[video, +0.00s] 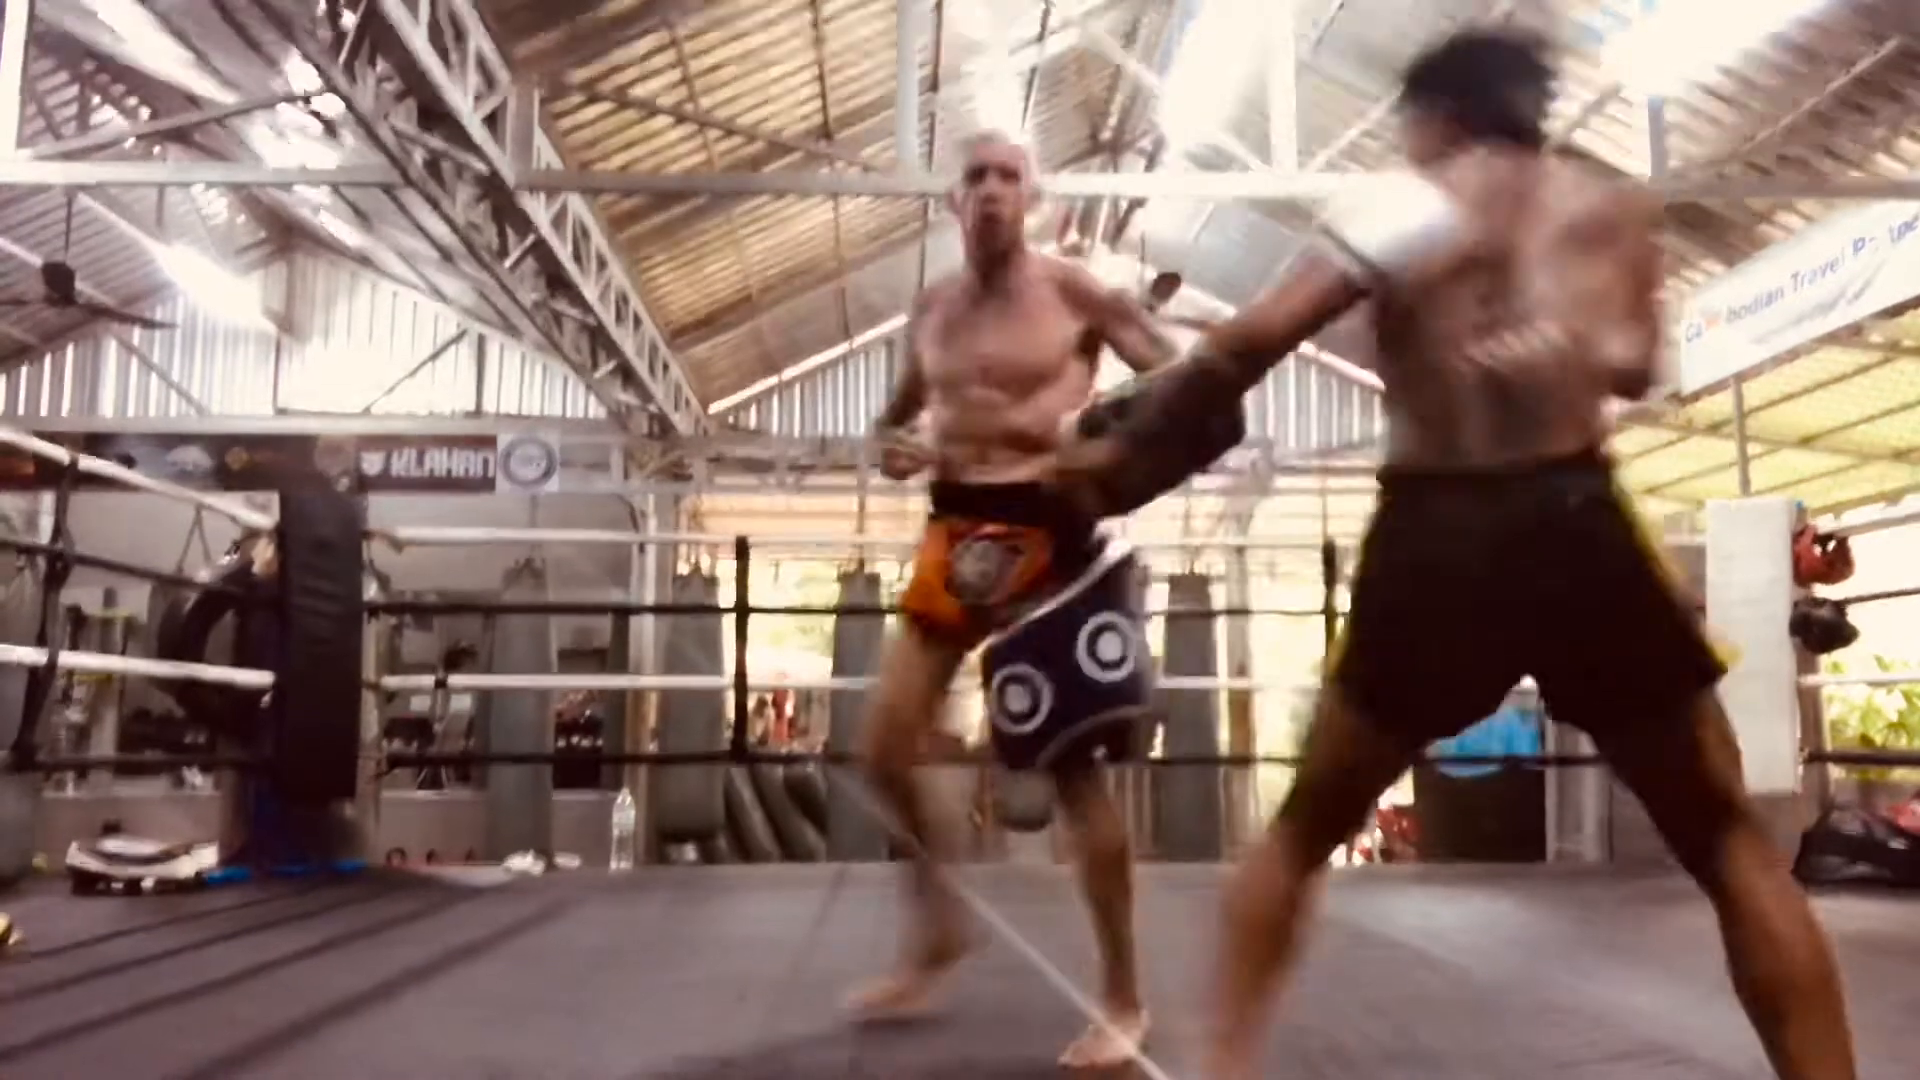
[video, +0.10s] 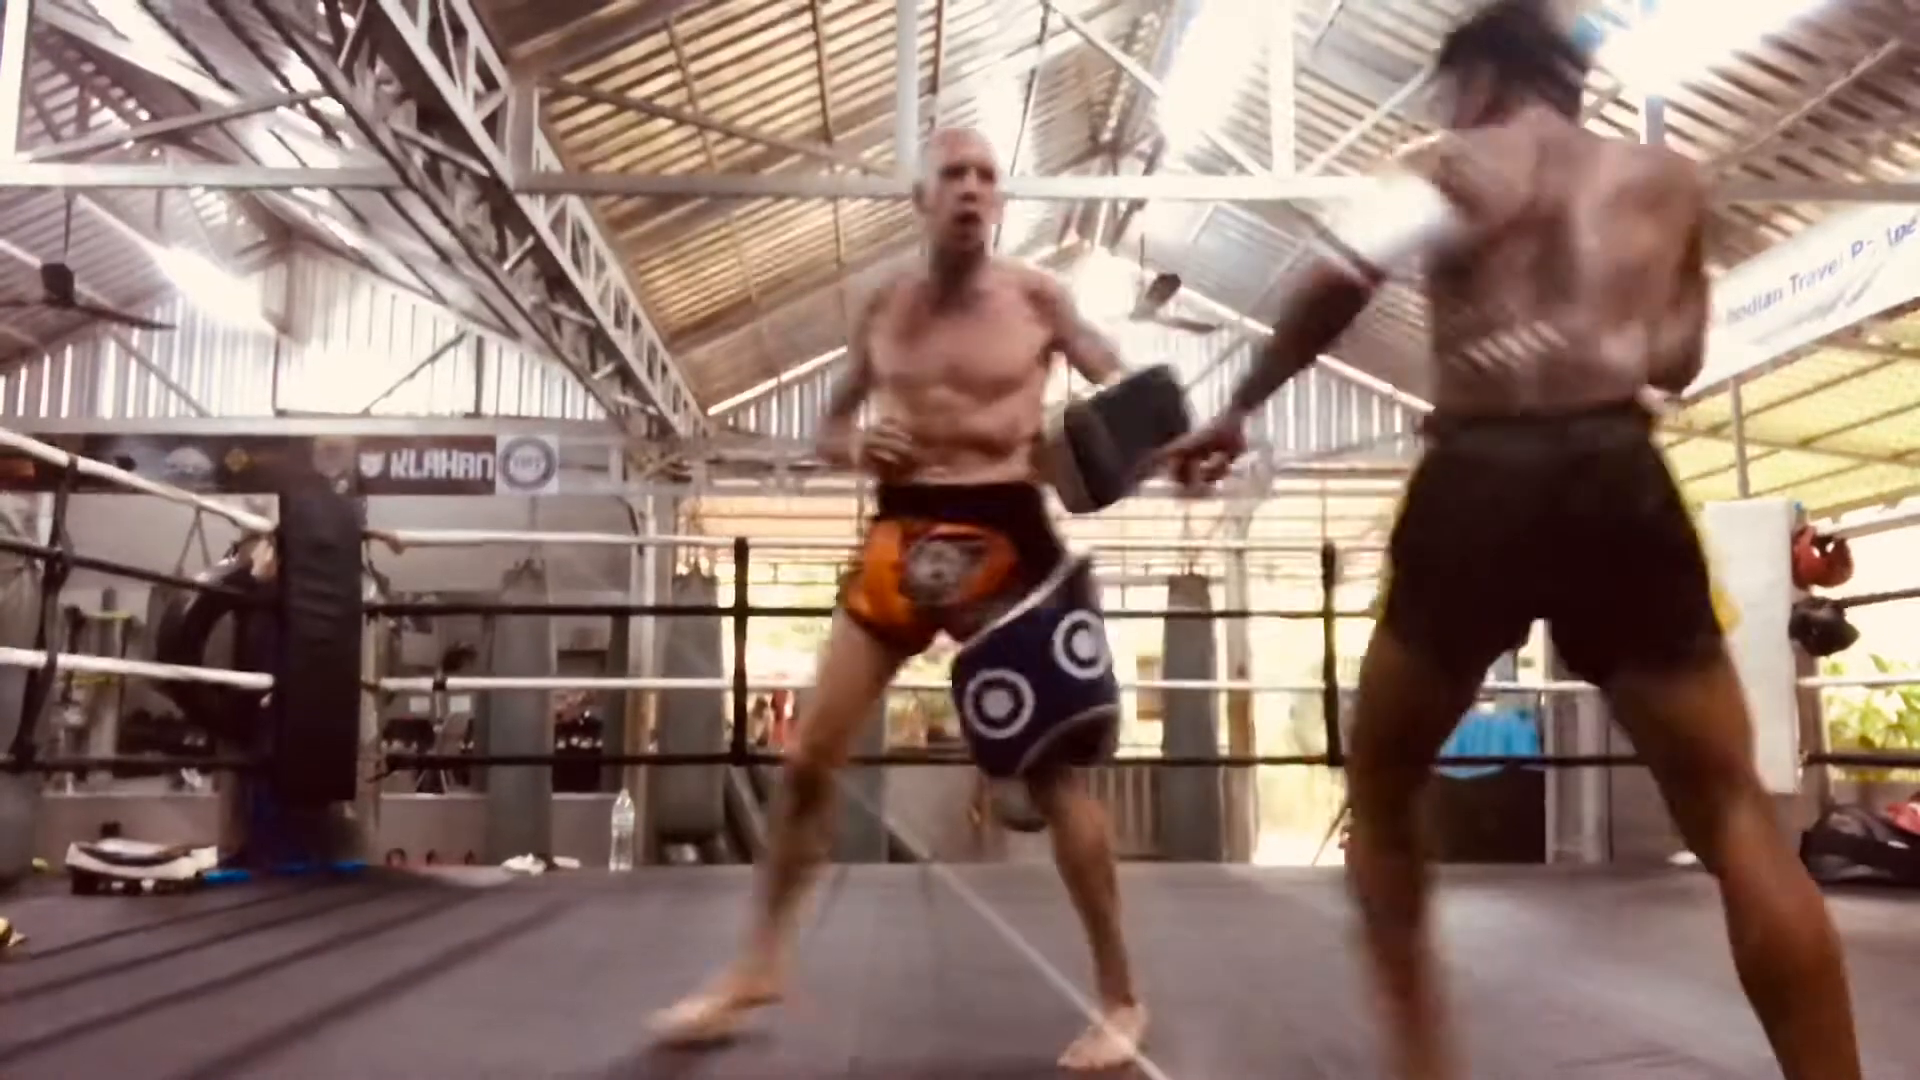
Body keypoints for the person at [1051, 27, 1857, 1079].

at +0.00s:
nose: (1416, 160)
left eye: (1421, 138)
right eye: (1416, 140)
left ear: (1450, 126)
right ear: (1528, 121)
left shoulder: (1402, 215)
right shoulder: (1619, 207)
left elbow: (1254, 337)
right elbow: (1639, 366)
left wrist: (1132, 432)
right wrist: (1558, 350)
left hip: (1431, 548)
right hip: (1583, 544)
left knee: (1304, 830)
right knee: (1730, 840)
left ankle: (1225, 1062)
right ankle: (1826, 1069)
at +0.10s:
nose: (1444, 114)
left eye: (1450, 95)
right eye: (1444, 97)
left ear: (1483, 79)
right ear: (1563, 77)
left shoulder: (1461, 163)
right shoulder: (1669, 176)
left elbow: (1338, 278)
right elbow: (1678, 366)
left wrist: (1236, 411)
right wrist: (1570, 305)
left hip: (1475, 488)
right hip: (1622, 485)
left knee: (1385, 780)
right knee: (1733, 810)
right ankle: (1832, 1067)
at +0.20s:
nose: (1471, 125)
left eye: (1473, 109)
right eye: (1468, 112)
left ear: (1513, 85)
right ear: (1582, 85)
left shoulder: (1488, 155)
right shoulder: (1689, 179)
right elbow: (1663, 311)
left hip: (1527, 483)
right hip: (1667, 477)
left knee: (1426, 763)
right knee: (1762, 822)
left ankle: (1541, 1049)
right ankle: (1845, 1069)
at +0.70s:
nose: (1458, 217)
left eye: (1466, 194)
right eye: (1457, 197)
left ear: (1513, 191)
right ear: (1550, 198)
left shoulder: (1559, 246)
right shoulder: (1624, 282)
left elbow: (1491, 324)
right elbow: (1575, 444)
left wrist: (1388, 304)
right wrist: (1452, 403)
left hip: (1631, 525)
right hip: (1708, 526)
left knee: (1587, 791)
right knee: (1718, 778)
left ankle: (1627, 1062)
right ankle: (1777, 998)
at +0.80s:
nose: (1481, 264)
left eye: (1491, 243)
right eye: (1481, 245)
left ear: (1545, 238)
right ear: (1554, 244)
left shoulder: (1607, 299)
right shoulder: (1589, 332)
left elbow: (1568, 393)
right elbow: (1554, 474)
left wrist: (1451, 344)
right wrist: (1450, 411)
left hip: (1655, 559)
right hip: (1702, 561)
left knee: (1578, 791)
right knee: (1700, 799)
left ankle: (1623, 1053)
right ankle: (1777, 1002)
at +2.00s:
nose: (1427, 294)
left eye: (1437, 277)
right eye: (1426, 280)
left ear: (1487, 277)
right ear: (1479, 282)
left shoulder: (1541, 346)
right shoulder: (1489, 368)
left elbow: (1543, 477)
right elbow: (1389, 432)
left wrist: (1481, 414)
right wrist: (1404, 336)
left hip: (1586, 581)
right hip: (1572, 579)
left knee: (1468, 754)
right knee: (1670, 795)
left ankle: (1507, 987)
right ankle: (1785, 987)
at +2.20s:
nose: (1450, 267)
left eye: (1465, 253)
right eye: (1452, 253)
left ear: (1519, 257)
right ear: (1501, 260)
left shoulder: (1600, 343)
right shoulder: (1466, 347)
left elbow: (1701, 414)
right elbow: (1377, 399)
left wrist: (1737, 443)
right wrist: (1303, 403)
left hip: (1475, 570)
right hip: (1410, 558)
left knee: (1462, 793)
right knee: (1287, 641)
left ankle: (1515, 1000)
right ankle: (1359, 748)